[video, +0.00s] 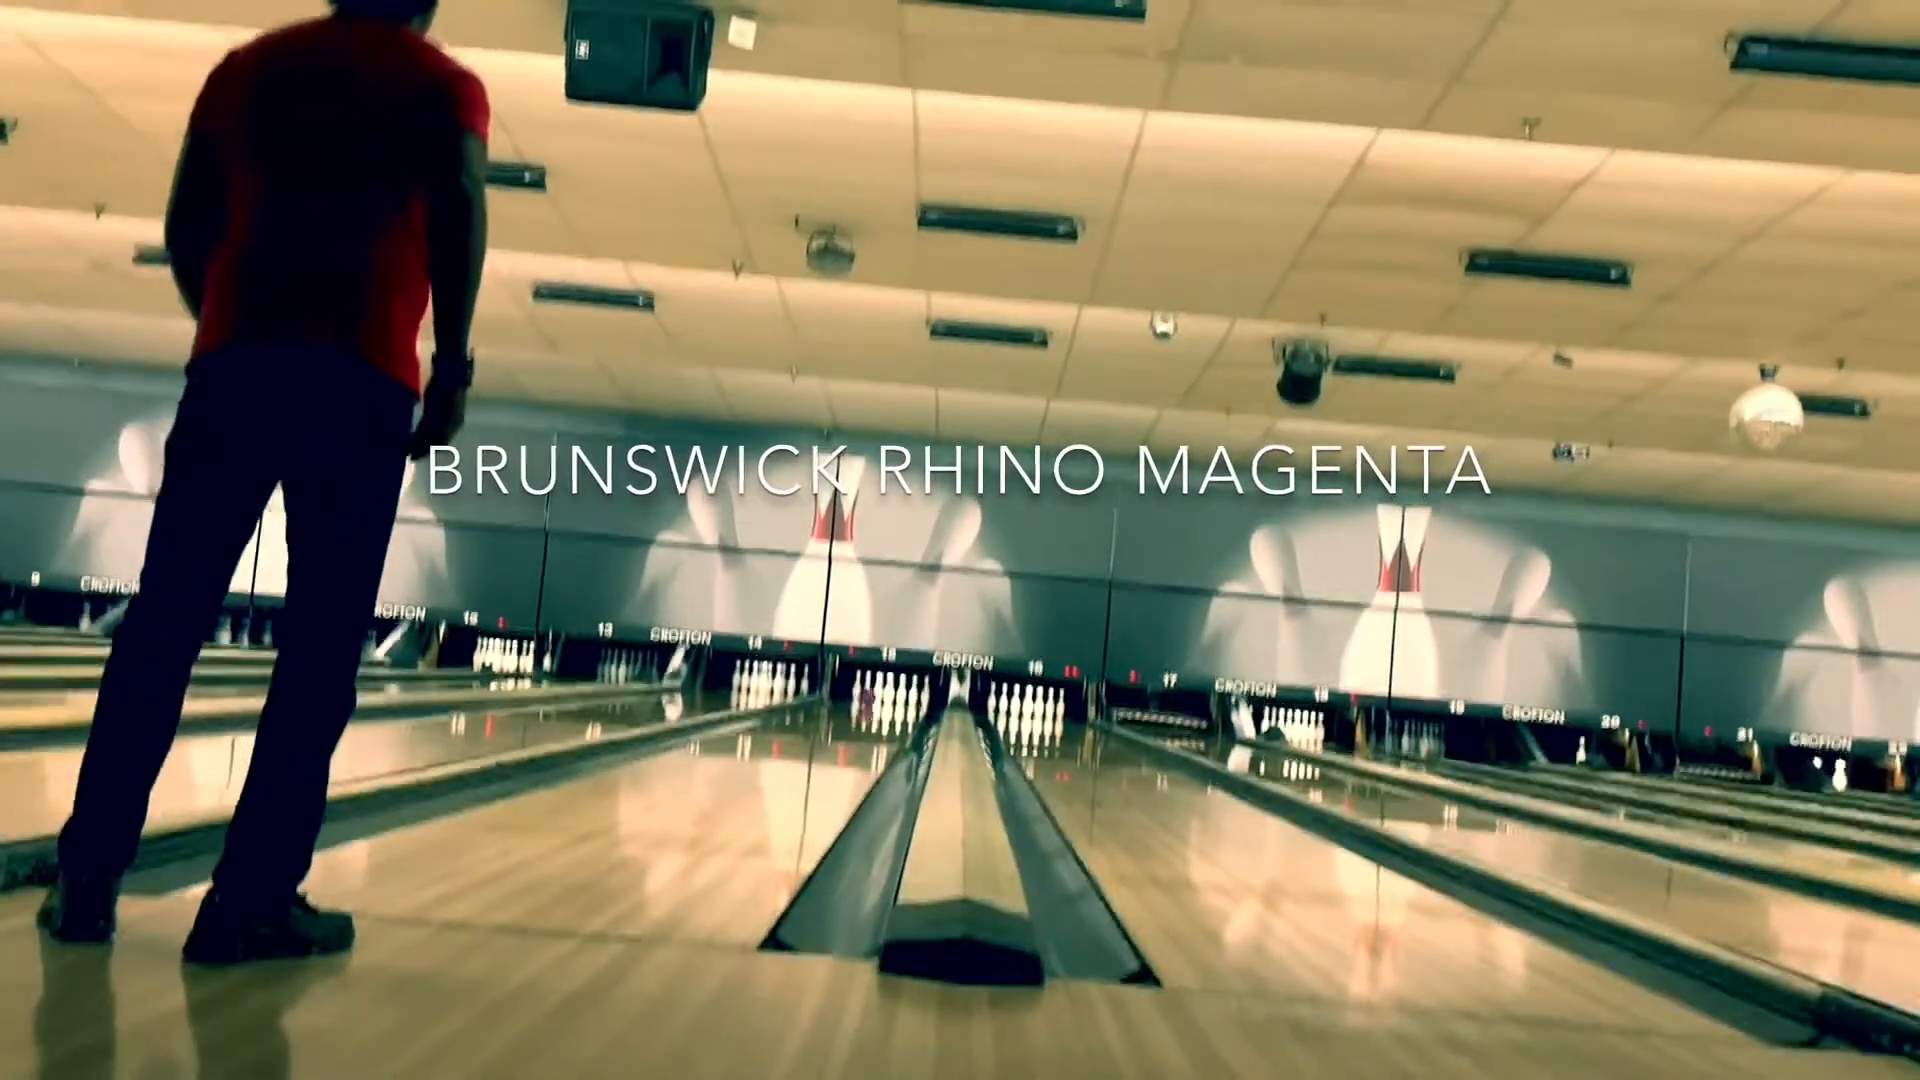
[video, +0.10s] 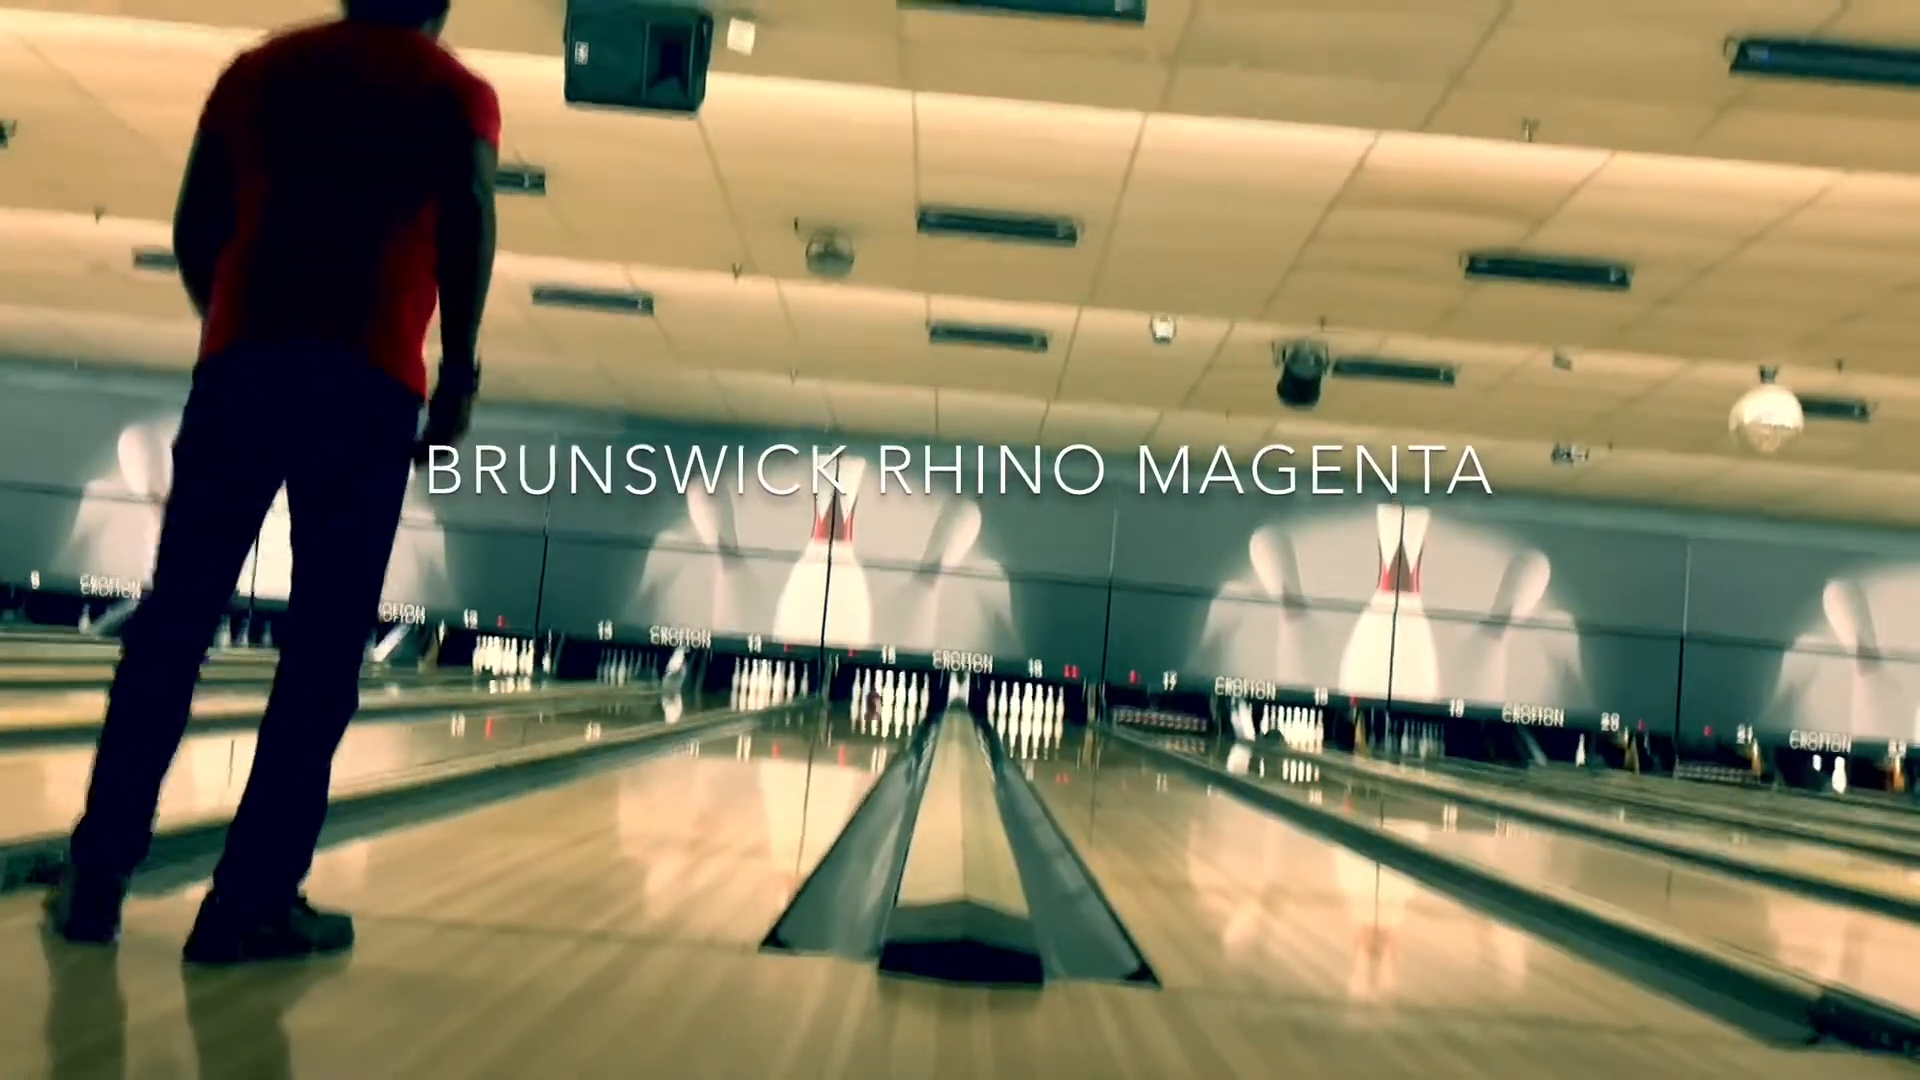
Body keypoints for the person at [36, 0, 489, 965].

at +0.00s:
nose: (434, 19)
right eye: (435, 12)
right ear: (422, 7)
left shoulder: (241, 65)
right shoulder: (446, 83)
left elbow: (185, 232)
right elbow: (460, 218)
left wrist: (239, 331)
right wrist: (452, 360)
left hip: (231, 373)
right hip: (359, 386)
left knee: (163, 622)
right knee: (320, 651)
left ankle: (85, 884)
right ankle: (250, 905)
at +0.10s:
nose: (443, 22)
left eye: (436, 18)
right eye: (444, 15)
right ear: (433, 10)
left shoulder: (253, 68)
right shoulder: (456, 88)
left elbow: (195, 230)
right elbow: (467, 226)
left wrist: (240, 330)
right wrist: (459, 365)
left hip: (238, 375)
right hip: (364, 389)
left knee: (173, 618)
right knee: (323, 651)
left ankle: (94, 882)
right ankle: (250, 906)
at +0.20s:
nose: (454, 17)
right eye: (455, 11)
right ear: (443, 3)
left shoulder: (261, 54)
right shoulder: (463, 83)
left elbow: (197, 223)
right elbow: (475, 231)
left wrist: (232, 327)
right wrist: (463, 366)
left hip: (241, 374)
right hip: (364, 386)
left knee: (194, 620)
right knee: (323, 648)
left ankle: (125, 887)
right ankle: (250, 905)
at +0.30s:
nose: (463, 17)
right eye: (463, 12)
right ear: (451, 5)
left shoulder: (260, 51)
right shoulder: (469, 86)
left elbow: (190, 218)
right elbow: (485, 231)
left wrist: (202, 362)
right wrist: (468, 369)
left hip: (241, 364)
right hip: (363, 381)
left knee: (225, 610)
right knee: (326, 639)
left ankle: (166, 877)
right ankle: (258, 896)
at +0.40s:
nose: (463, 16)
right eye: (463, 11)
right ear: (448, 2)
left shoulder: (259, 41)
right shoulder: (466, 80)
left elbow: (187, 187)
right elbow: (488, 228)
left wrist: (168, 314)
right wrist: (471, 367)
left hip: (238, 358)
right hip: (360, 375)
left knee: (239, 611)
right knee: (320, 633)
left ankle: (192, 884)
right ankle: (248, 898)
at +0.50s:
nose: (458, 2)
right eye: (455, 1)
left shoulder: (252, 38)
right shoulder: (462, 74)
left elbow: (172, 189)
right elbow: (483, 231)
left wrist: (137, 321)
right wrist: (466, 370)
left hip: (234, 364)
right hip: (356, 381)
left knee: (220, 613)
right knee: (322, 641)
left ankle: (176, 887)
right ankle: (260, 895)